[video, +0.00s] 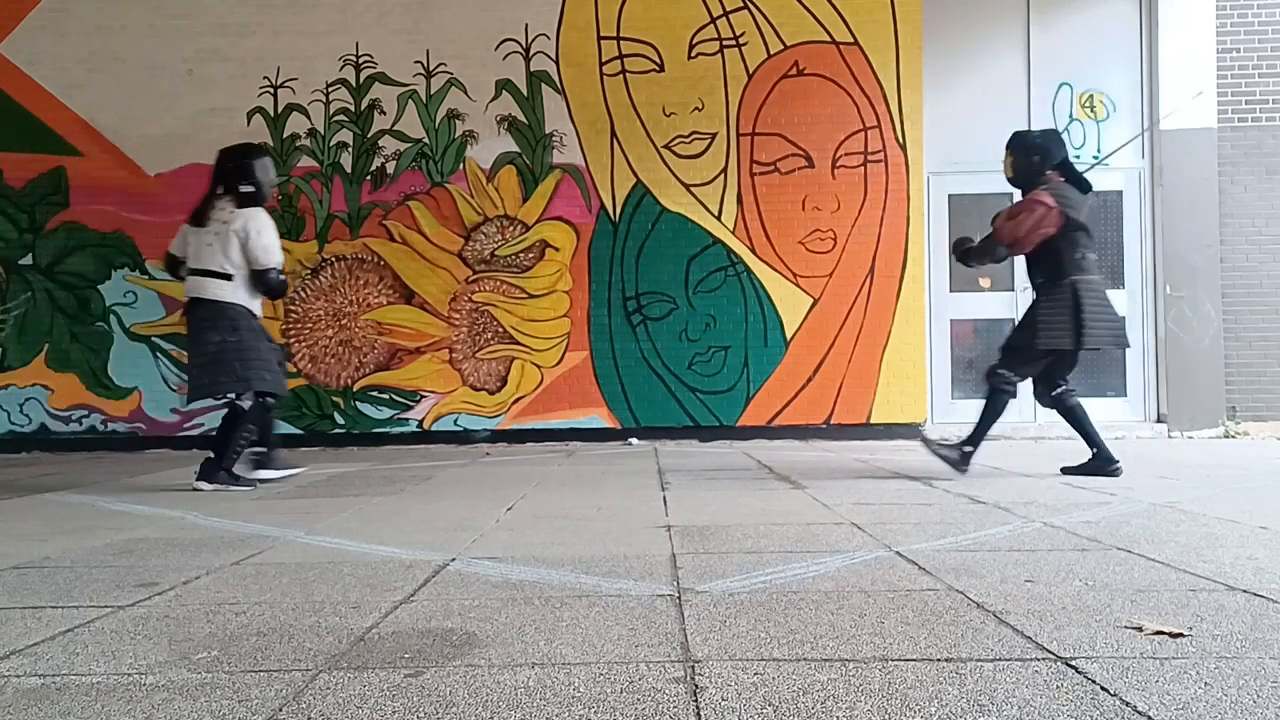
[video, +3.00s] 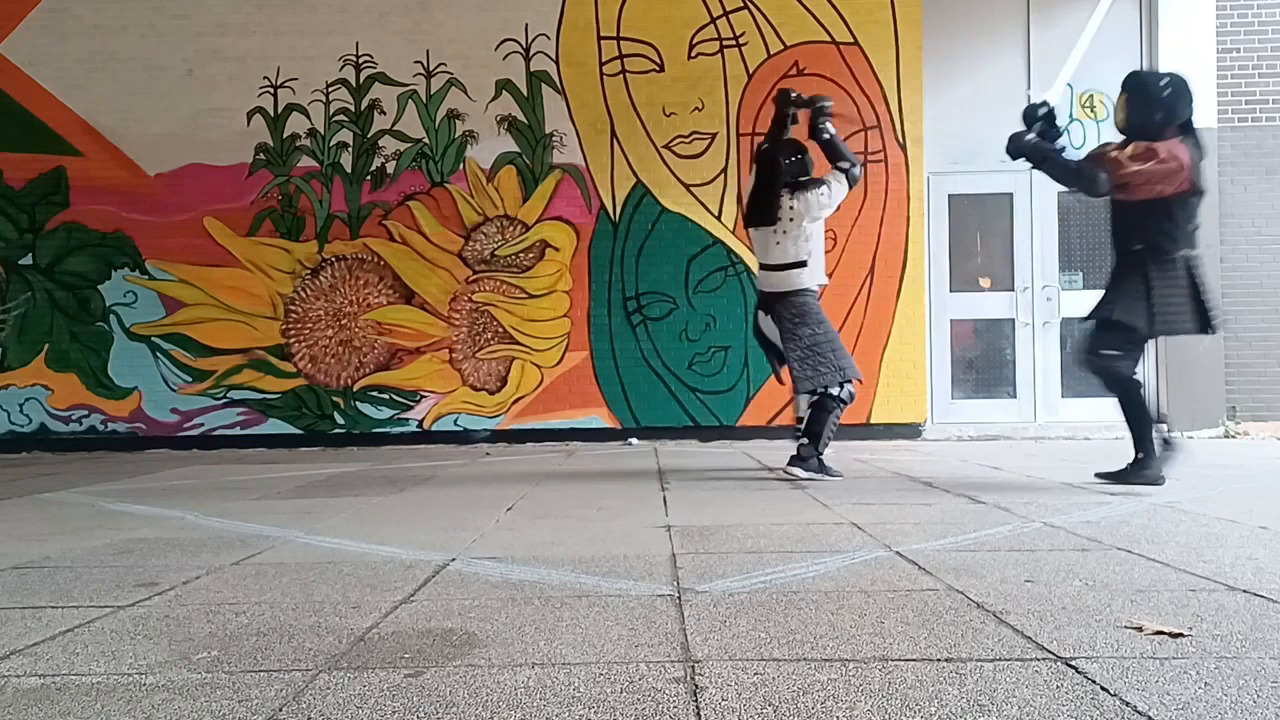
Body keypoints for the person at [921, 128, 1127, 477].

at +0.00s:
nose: (1010, 167)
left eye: (1016, 159)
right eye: (1010, 159)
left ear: (1038, 162)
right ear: (1049, 164)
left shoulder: (1043, 200)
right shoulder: (1067, 196)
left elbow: (1002, 244)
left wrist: (968, 252)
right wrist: (1005, 222)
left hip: (1060, 303)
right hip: (1083, 302)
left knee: (1006, 372)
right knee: (1049, 386)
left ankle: (966, 450)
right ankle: (1102, 456)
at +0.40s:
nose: (952, 167)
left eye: (957, 159)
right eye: (953, 159)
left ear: (978, 161)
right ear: (996, 162)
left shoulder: (979, 200)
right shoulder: (1026, 201)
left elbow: (943, 256)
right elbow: (1012, 251)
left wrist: (924, 267)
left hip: (992, 300)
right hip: (1024, 301)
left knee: (931, 371)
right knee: (1008, 387)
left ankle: (941, 460)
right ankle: (1067, 451)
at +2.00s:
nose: (992, 172)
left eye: (998, 164)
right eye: (992, 165)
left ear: (1022, 165)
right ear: (1026, 167)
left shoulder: (1034, 203)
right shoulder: (1034, 200)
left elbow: (1015, 260)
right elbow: (1026, 256)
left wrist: (975, 280)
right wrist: (994, 250)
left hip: (1048, 300)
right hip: (1056, 299)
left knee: (994, 367)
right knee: (1044, 385)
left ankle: (1004, 456)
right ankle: (1102, 447)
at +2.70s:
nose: (1038, 170)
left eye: (1046, 163)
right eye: (1039, 162)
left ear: (1074, 166)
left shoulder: (1090, 212)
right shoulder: (1043, 202)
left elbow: (1038, 252)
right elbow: (1021, 248)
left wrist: (974, 249)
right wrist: (972, 250)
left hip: (1064, 304)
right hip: (1038, 300)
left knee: (1005, 377)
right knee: (1022, 387)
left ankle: (982, 462)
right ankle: (1108, 438)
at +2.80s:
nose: (1066, 149)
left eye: (1075, 143)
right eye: (1068, 141)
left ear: (1101, 146)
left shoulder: (1119, 189)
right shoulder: (1068, 184)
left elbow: (1059, 219)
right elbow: (1032, 226)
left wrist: (996, 200)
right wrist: (994, 201)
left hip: (1096, 300)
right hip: (1071, 297)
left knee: (1030, 381)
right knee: (1068, 395)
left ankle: (989, 461)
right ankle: (1140, 463)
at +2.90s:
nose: (1090, 127)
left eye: (1097, 121)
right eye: (1093, 120)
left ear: (1119, 128)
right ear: (1126, 129)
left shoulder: (1139, 172)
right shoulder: (1119, 169)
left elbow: (1076, 192)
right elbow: (1055, 199)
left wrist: (1017, 167)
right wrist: (1021, 167)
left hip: (1120, 291)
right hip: (1116, 289)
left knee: (1054, 360)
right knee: (1091, 379)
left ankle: (1056, 451)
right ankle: (1142, 463)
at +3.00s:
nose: (1117, 106)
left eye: (1124, 99)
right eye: (1120, 98)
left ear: (1146, 109)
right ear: (1160, 110)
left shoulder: (1160, 155)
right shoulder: (1166, 150)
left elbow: (1094, 179)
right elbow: (1096, 172)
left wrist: (1035, 152)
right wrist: (1054, 146)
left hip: (1150, 272)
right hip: (1152, 270)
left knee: (1107, 356)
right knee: (1109, 357)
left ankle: (1149, 456)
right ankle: (1152, 448)